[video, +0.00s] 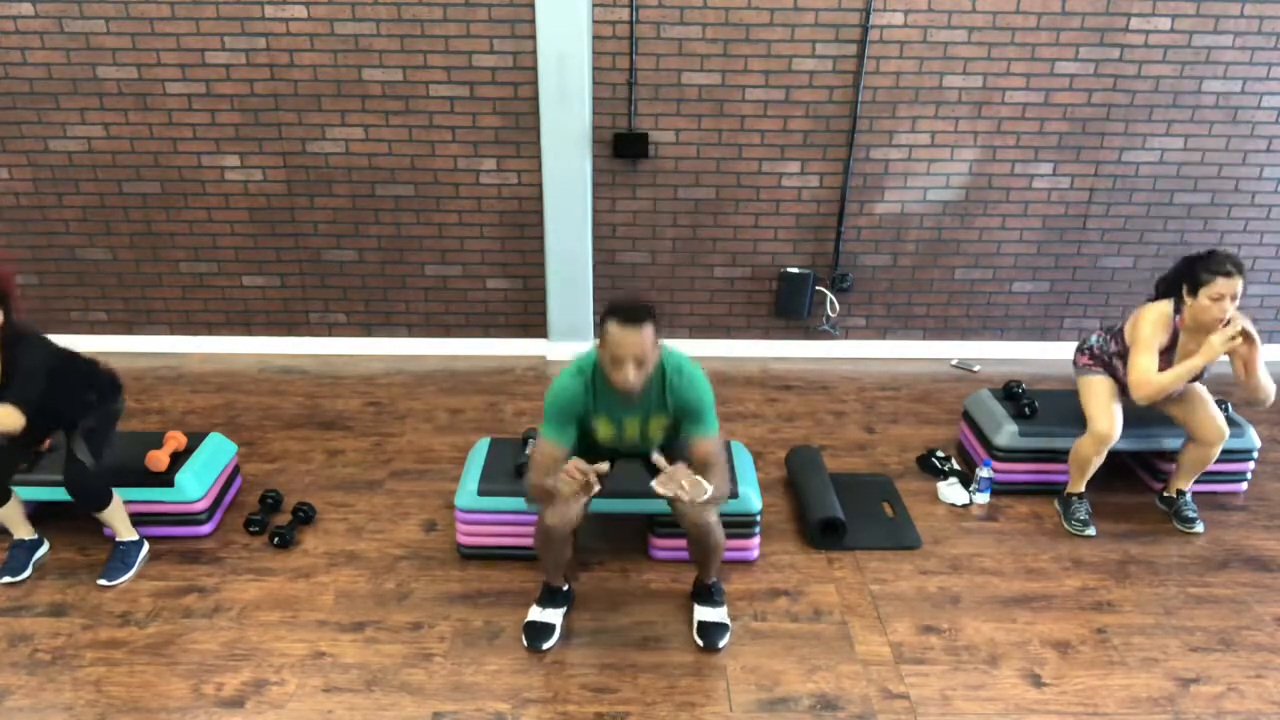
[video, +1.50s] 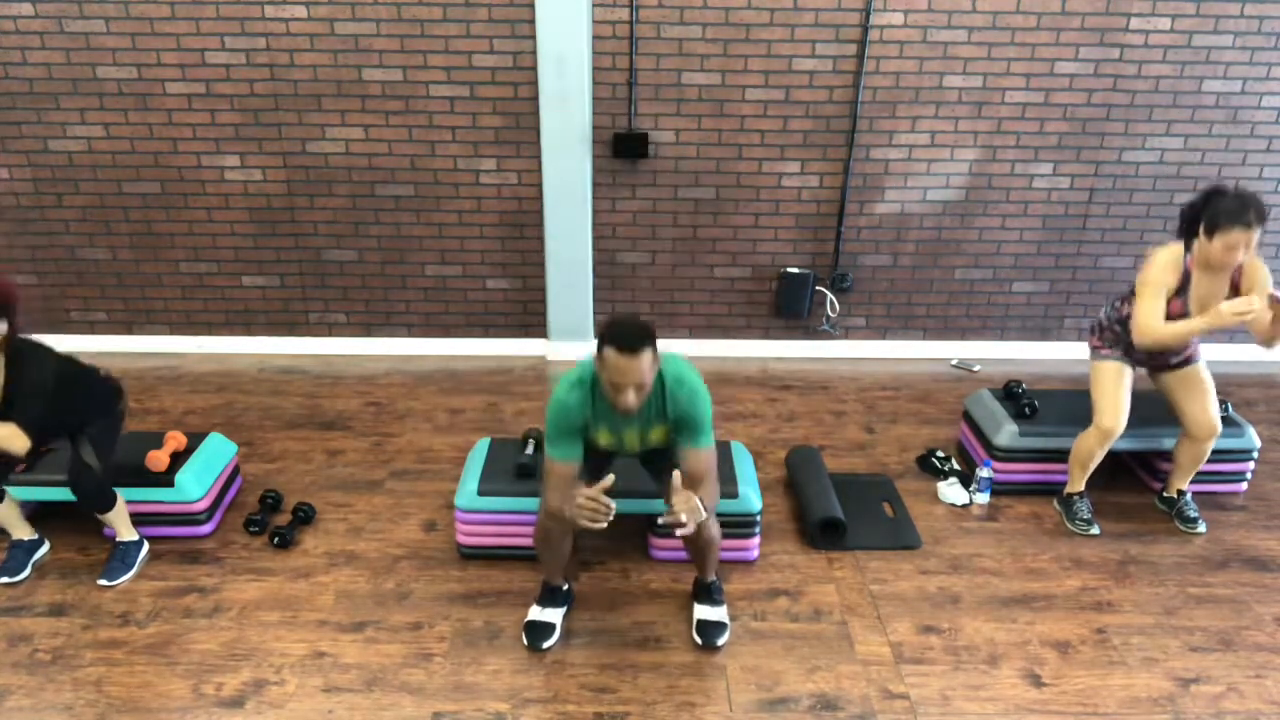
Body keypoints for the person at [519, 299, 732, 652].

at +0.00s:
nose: (629, 377)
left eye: (640, 363)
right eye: (616, 363)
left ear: (658, 349)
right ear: (600, 349)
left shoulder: (687, 380)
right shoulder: (571, 386)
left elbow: (718, 477)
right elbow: (536, 482)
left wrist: (697, 489)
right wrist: (558, 485)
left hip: (667, 458)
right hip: (594, 458)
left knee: (703, 519)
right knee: (555, 520)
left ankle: (708, 590)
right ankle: (553, 592)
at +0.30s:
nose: (630, 214)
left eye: (642, 200)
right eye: (618, 199)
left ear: (661, 196)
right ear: (599, 196)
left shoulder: (690, 247)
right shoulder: (573, 248)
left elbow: (737, 346)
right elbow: (522, 347)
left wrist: (763, 446)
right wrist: (497, 453)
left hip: (670, 361)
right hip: (595, 361)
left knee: (687, 479)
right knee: (567, 481)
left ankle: (708, 583)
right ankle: (554, 586)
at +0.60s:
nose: (637, 172)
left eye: (649, 158)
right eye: (624, 157)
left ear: (668, 146)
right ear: (603, 147)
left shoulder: (699, 200)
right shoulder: (569, 205)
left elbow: (747, 253)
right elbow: (514, 263)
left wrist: (780, 309)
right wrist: (472, 329)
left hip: (672, 369)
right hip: (594, 368)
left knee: (689, 477)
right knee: (574, 480)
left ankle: (707, 583)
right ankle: (555, 587)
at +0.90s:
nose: (631, 178)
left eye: (644, 164)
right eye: (618, 164)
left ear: (664, 148)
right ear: (597, 150)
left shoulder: (697, 198)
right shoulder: (566, 201)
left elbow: (734, 237)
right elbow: (520, 247)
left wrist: (756, 280)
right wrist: (485, 301)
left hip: (667, 369)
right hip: (588, 367)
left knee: (686, 478)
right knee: (571, 481)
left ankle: (708, 583)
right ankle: (555, 586)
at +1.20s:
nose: (627, 239)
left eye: (639, 226)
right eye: (615, 225)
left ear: (658, 204)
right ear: (597, 203)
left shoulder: (690, 249)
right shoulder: (565, 255)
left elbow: (714, 351)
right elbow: (542, 350)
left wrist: (713, 452)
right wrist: (534, 452)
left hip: (665, 367)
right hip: (587, 367)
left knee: (687, 479)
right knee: (560, 481)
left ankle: (707, 581)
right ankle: (553, 585)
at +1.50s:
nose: (628, 400)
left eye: (639, 387)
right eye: (616, 387)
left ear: (656, 365)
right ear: (598, 366)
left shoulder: (686, 389)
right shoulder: (570, 396)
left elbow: (704, 480)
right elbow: (556, 491)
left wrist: (696, 506)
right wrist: (572, 506)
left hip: (660, 444)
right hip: (595, 443)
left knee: (703, 525)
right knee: (552, 516)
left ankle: (708, 587)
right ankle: (553, 590)